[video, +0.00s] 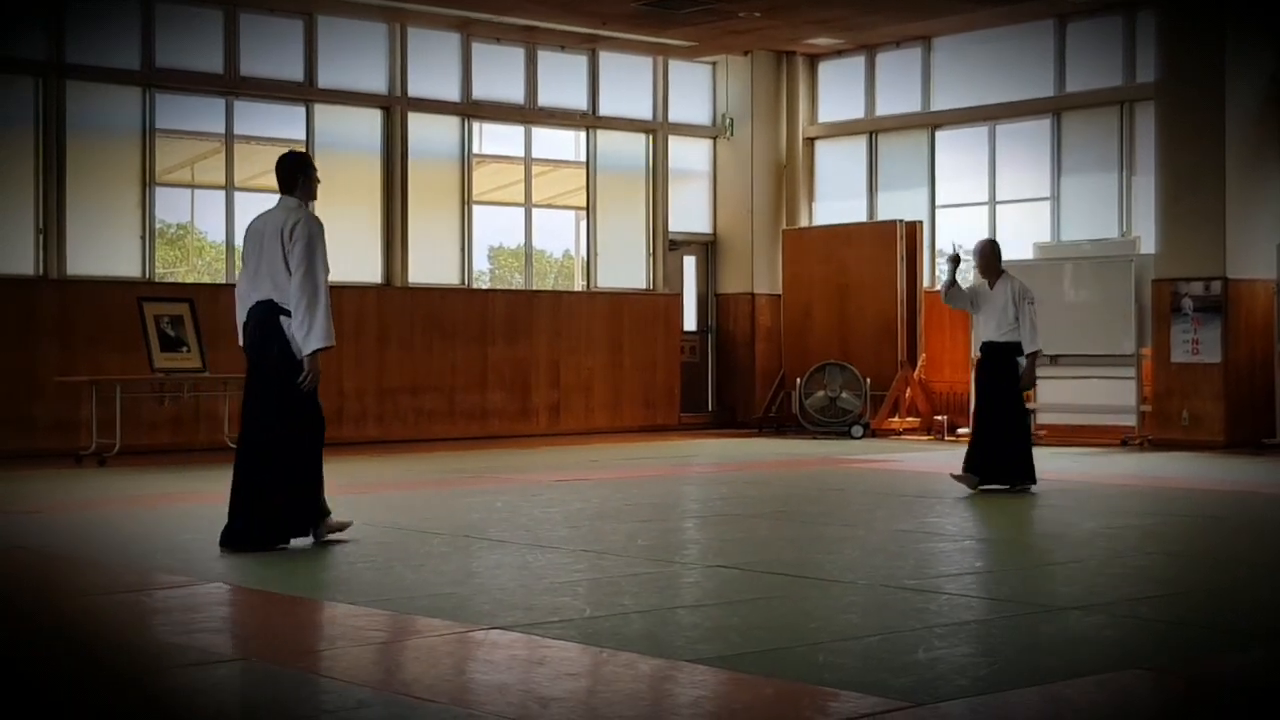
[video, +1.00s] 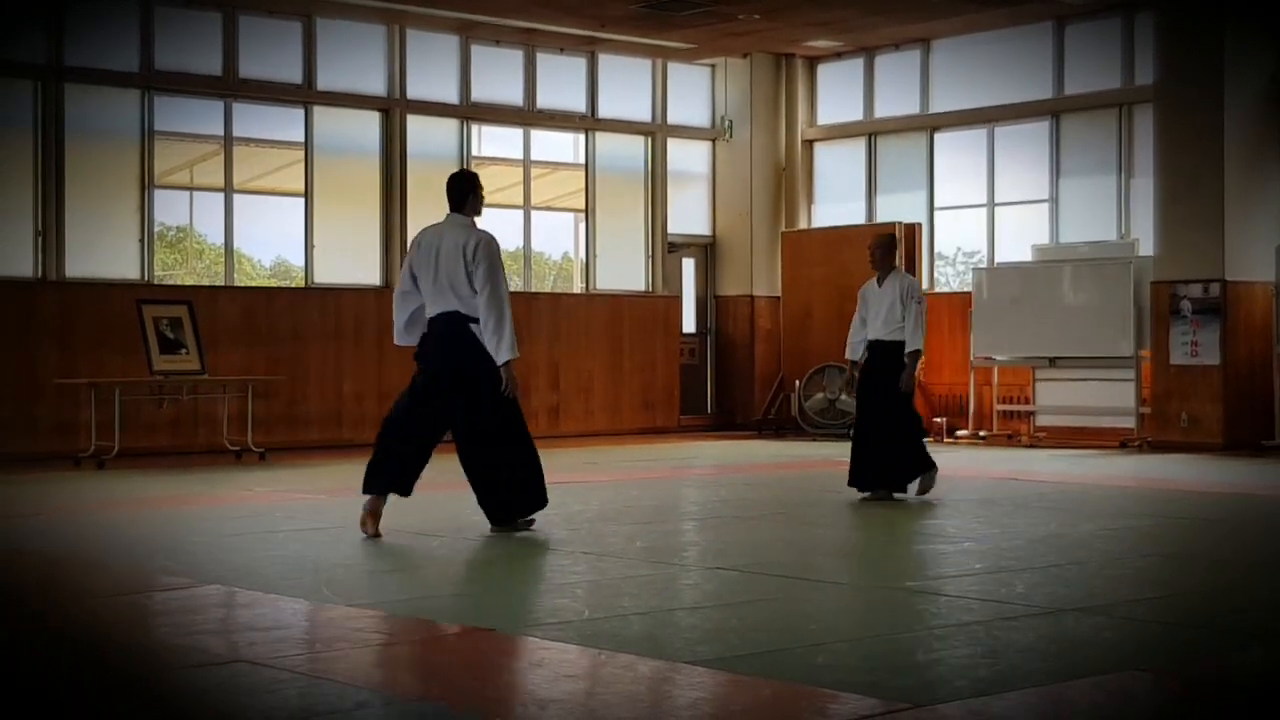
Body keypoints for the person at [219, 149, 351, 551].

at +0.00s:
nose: (318, 183)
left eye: (316, 176)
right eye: (314, 177)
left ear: (282, 181)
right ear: (303, 180)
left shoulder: (257, 224)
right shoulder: (305, 223)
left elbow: (246, 285)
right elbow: (305, 289)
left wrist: (246, 336)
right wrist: (311, 347)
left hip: (258, 328)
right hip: (286, 329)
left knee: (306, 422)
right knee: (268, 427)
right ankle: (249, 529)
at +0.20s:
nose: (344, 191)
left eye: (341, 185)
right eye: (339, 185)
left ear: (308, 191)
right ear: (328, 190)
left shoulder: (284, 232)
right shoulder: (331, 231)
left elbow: (270, 290)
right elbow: (334, 293)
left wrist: (269, 341)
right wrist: (338, 353)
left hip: (283, 338)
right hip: (312, 338)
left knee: (330, 427)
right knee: (285, 432)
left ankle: (349, 516)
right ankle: (254, 525)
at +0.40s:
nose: (372, 189)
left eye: (370, 183)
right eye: (368, 184)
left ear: (337, 189)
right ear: (357, 187)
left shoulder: (315, 231)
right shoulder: (363, 228)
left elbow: (303, 291)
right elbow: (367, 291)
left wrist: (305, 341)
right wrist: (374, 348)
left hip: (319, 334)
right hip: (349, 335)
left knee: (342, 429)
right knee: (346, 429)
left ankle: (355, 522)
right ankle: (276, 504)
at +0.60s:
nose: (402, 188)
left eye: (400, 182)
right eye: (400, 182)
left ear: (366, 188)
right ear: (393, 186)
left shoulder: (344, 228)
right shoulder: (393, 227)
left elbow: (332, 287)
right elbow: (401, 289)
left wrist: (339, 333)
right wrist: (412, 345)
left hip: (348, 333)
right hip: (382, 332)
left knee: (358, 423)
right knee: (418, 422)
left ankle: (354, 522)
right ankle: (378, 507)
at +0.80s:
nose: (440, 197)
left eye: (438, 191)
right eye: (437, 192)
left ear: (405, 198)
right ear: (426, 197)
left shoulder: (379, 238)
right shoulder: (433, 238)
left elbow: (364, 296)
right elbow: (441, 301)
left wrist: (368, 342)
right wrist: (450, 357)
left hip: (381, 342)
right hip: (419, 341)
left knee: (367, 427)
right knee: (454, 421)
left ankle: (354, 521)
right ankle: (493, 505)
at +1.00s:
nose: (484, 201)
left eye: (482, 195)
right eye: (482, 195)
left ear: (449, 199)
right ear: (474, 199)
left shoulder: (424, 239)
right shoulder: (481, 241)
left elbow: (406, 296)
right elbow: (493, 304)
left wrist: (422, 332)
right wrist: (505, 359)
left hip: (436, 343)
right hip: (473, 343)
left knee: (412, 419)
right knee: (490, 426)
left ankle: (378, 493)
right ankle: (504, 511)